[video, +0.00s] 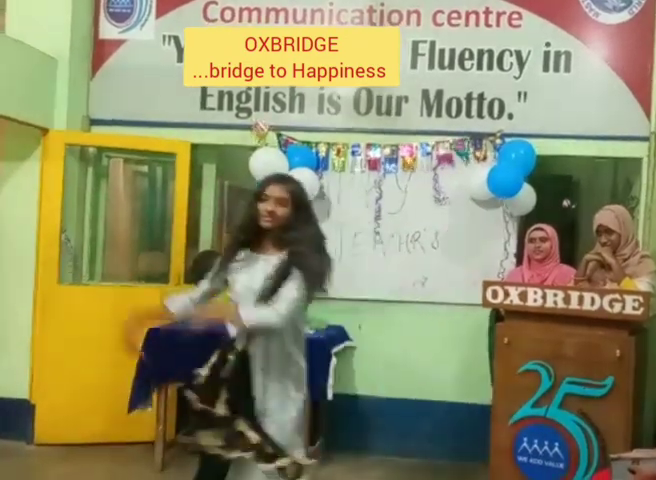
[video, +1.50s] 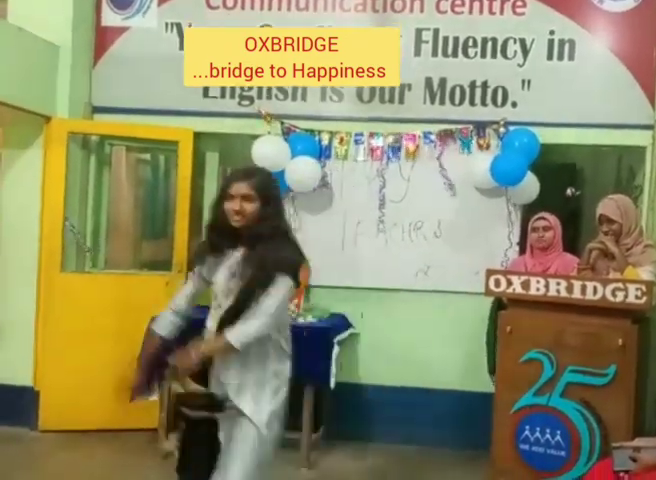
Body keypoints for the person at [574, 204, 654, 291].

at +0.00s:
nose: (603, 240)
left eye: (609, 232)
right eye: (599, 234)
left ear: (624, 232)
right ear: (595, 235)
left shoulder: (644, 263)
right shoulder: (592, 261)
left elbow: (640, 299)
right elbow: (575, 294)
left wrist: (613, 263)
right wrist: (584, 264)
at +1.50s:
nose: (604, 229)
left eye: (611, 222)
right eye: (600, 222)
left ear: (627, 221)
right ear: (597, 224)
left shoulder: (647, 253)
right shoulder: (595, 251)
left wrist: (617, 252)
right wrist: (587, 254)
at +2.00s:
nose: (605, 219)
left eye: (612, 211)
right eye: (602, 212)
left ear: (629, 211)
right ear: (599, 213)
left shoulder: (649, 243)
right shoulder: (596, 241)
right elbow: (580, 271)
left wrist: (618, 242)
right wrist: (588, 242)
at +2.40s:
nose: (606, 211)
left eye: (613, 203)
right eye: (602, 203)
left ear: (630, 203)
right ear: (599, 205)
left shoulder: (649, 235)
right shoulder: (597, 234)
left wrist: (618, 234)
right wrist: (588, 240)